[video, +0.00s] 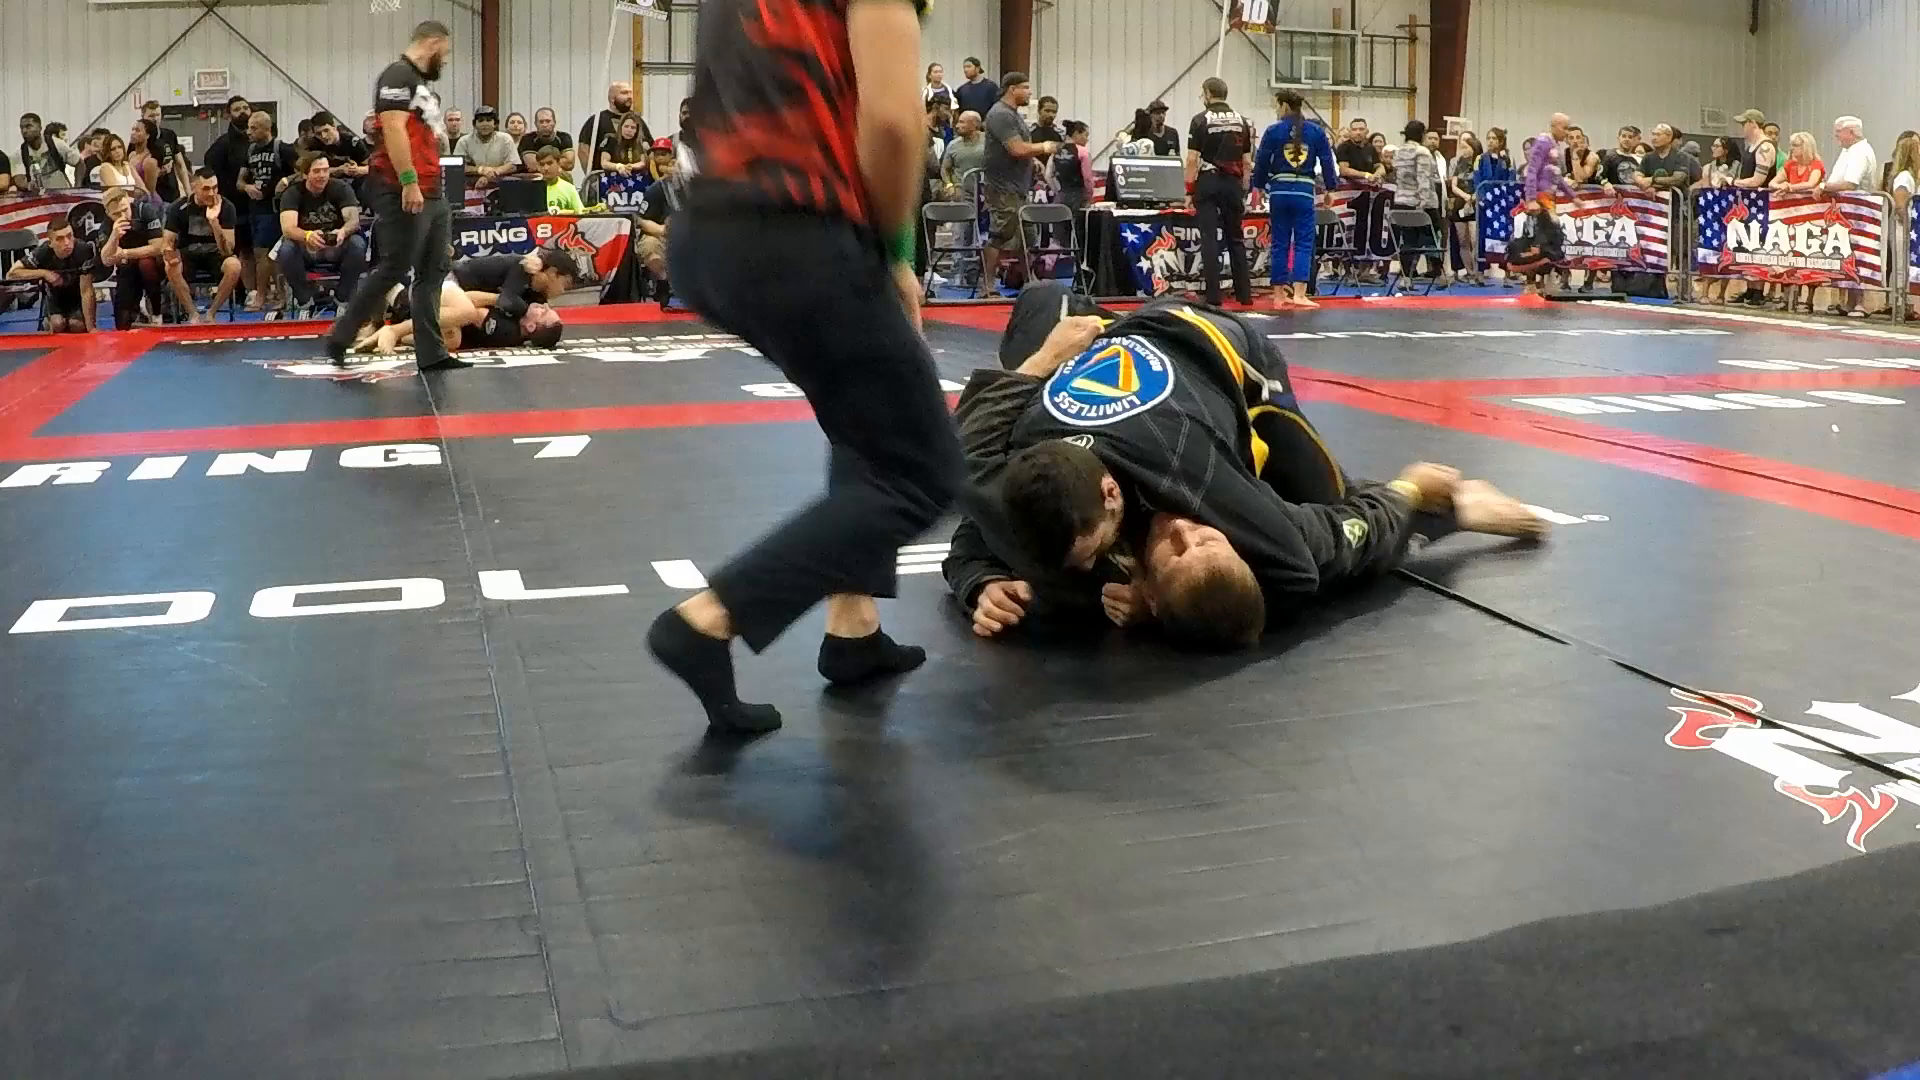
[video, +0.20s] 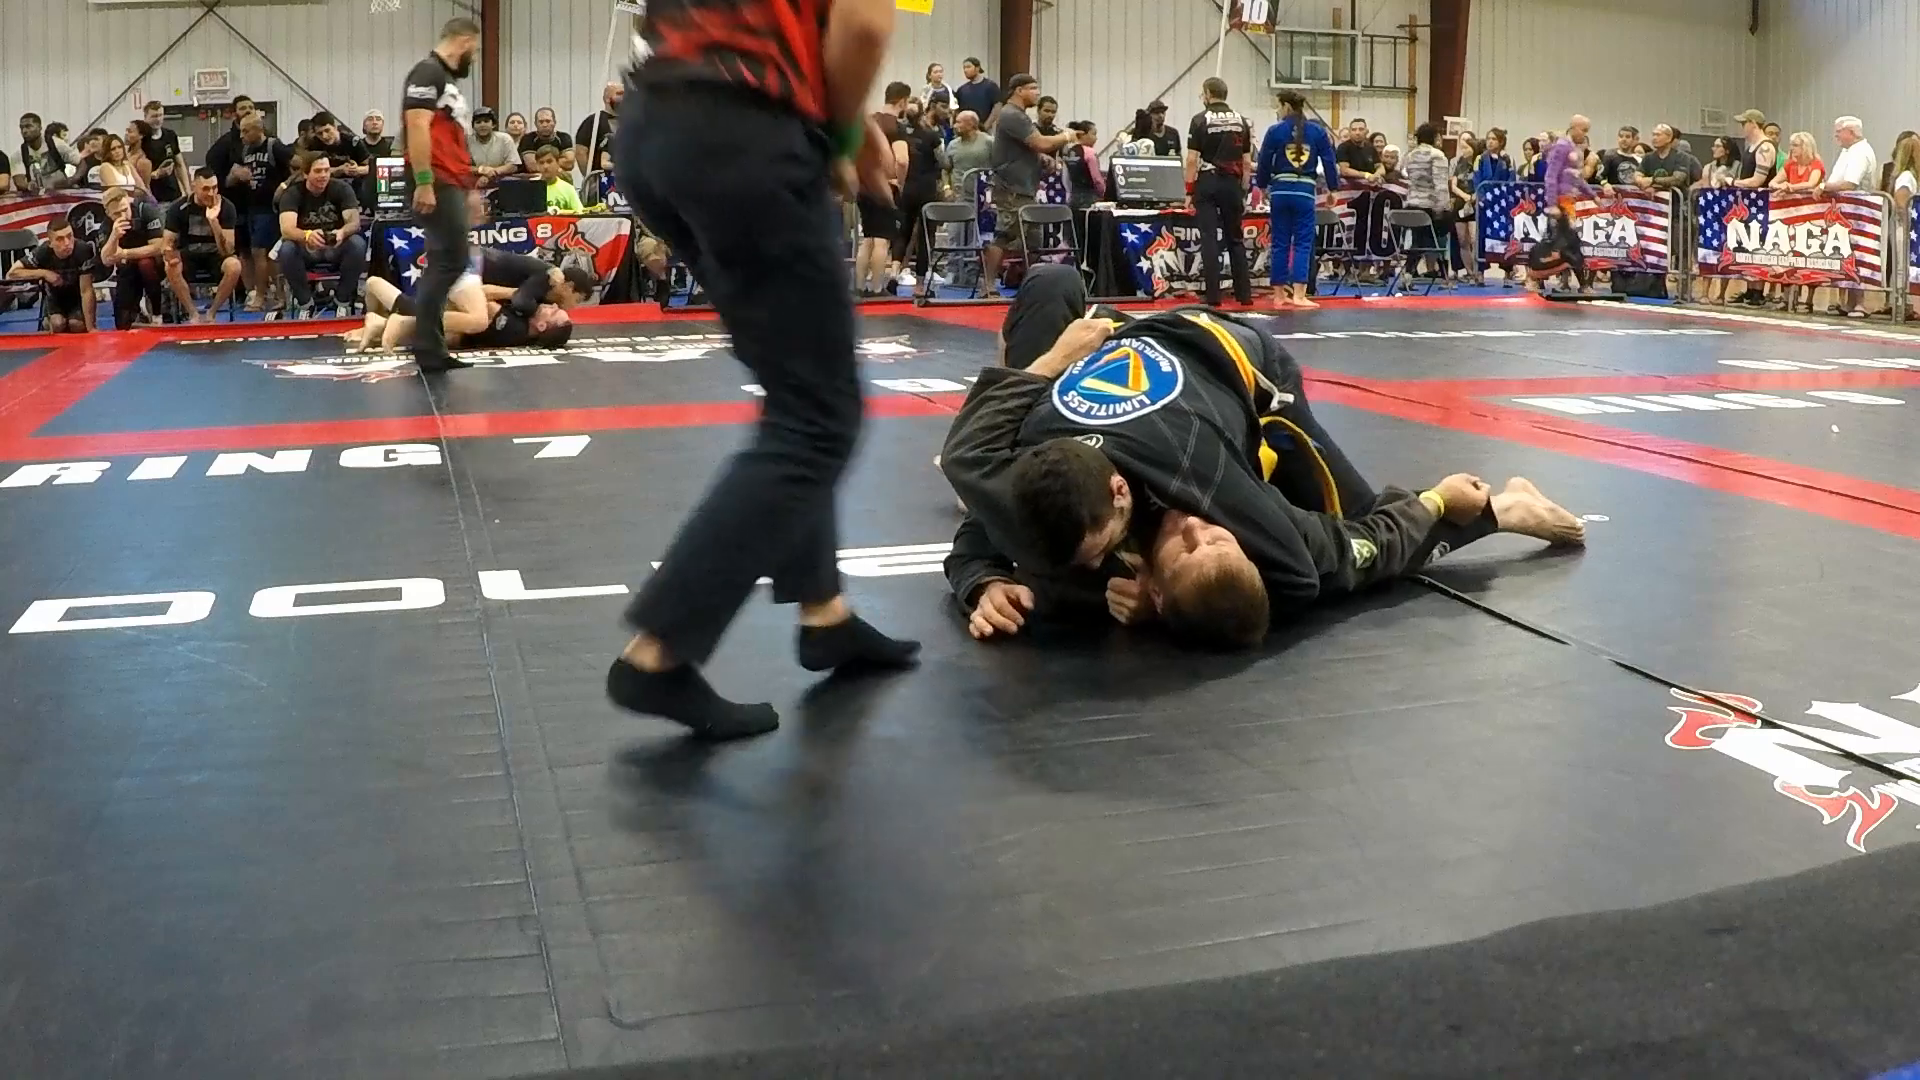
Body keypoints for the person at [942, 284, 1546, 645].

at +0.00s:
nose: (1089, 562)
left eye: (1097, 548)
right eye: (1069, 560)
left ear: (1112, 495)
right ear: (1019, 529)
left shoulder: (1183, 476)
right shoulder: (1001, 491)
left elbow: (1304, 565)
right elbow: (966, 551)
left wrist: (1153, 601)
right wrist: (977, 589)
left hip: (1218, 352)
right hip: (1112, 343)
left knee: (1328, 532)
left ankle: (1438, 495)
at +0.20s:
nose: (1097, 562)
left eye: (1106, 548)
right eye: (1077, 558)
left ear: (1123, 497)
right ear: (1028, 531)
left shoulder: (1197, 476)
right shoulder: (1009, 495)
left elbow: (1311, 566)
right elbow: (971, 547)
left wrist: (1157, 595)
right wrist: (977, 586)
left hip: (1239, 359)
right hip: (1131, 345)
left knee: (1346, 562)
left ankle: (1472, 504)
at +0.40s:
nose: (1099, 561)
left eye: (1106, 547)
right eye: (1082, 557)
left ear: (1129, 494)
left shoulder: (1210, 489)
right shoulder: (996, 483)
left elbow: (1308, 578)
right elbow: (960, 554)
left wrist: (1168, 600)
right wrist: (981, 590)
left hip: (1245, 364)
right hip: (1138, 350)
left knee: (1378, 549)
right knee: (1046, 282)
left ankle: (1511, 491)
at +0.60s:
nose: (1105, 552)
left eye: (1112, 540)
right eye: (1088, 548)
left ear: (1136, 487)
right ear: (1038, 518)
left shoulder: (1204, 474)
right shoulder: (1002, 486)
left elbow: (1313, 568)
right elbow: (960, 556)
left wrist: (1165, 597)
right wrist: (981, 591)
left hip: (1243, 363)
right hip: (1131, 351)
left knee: (1363, 548)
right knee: (1024, 290)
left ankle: (1493, 497)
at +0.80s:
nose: (1104, 547)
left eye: (1114, 534)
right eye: (1088, 541)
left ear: (1136, 479)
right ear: (1040, 504)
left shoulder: (1206, 476)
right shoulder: (1001, 475)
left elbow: (1312, 571)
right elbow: (961, 553)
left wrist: (1167, 596)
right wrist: (983, 591)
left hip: (1247, 366)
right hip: (1134, 351)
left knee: (1383, 544)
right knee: (1048, 289)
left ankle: (1523, 487)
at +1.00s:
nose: (1091, 543)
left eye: (1100, 531)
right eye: (1072, 537)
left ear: (1129, 488)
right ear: (1027, 508)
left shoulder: (1203, 489)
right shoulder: (1004, 475)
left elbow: (1313, 582)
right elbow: (966, 554)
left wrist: (1166, 607)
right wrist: (983, 593)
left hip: (1255, 387)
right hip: (1141, 355)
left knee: (1392, 531)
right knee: (1063, 288)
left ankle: (1539, 469)